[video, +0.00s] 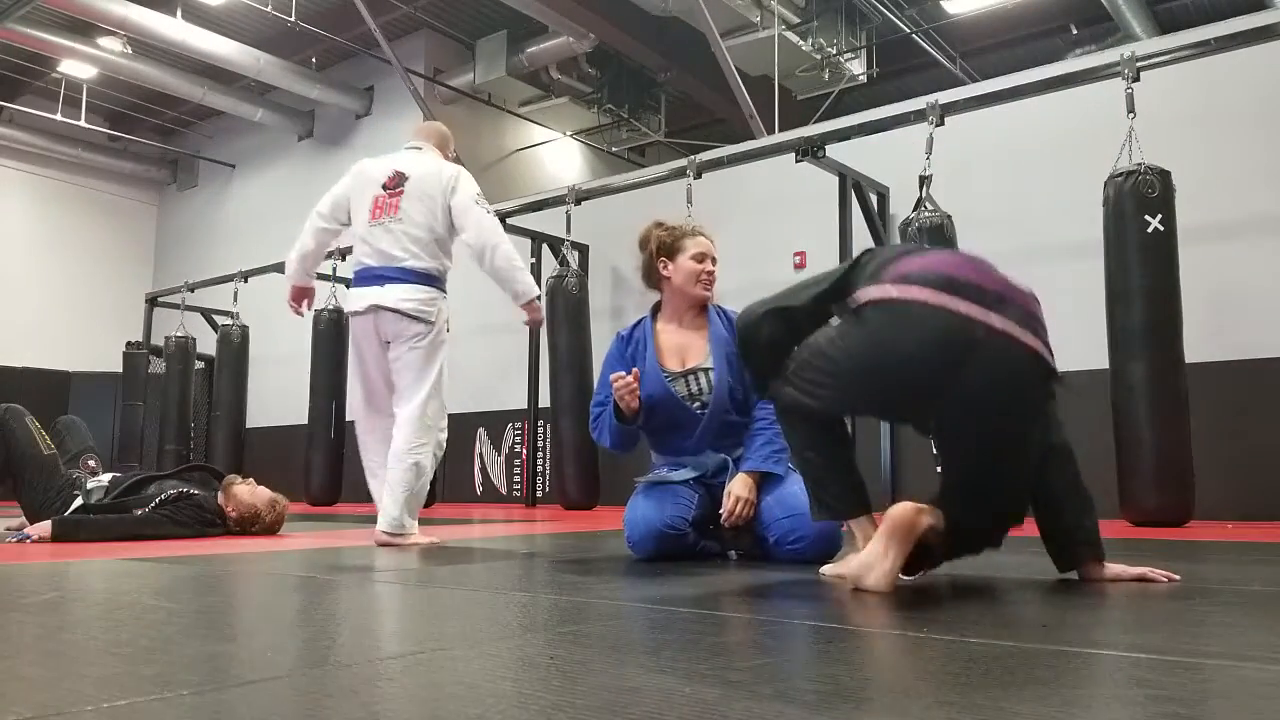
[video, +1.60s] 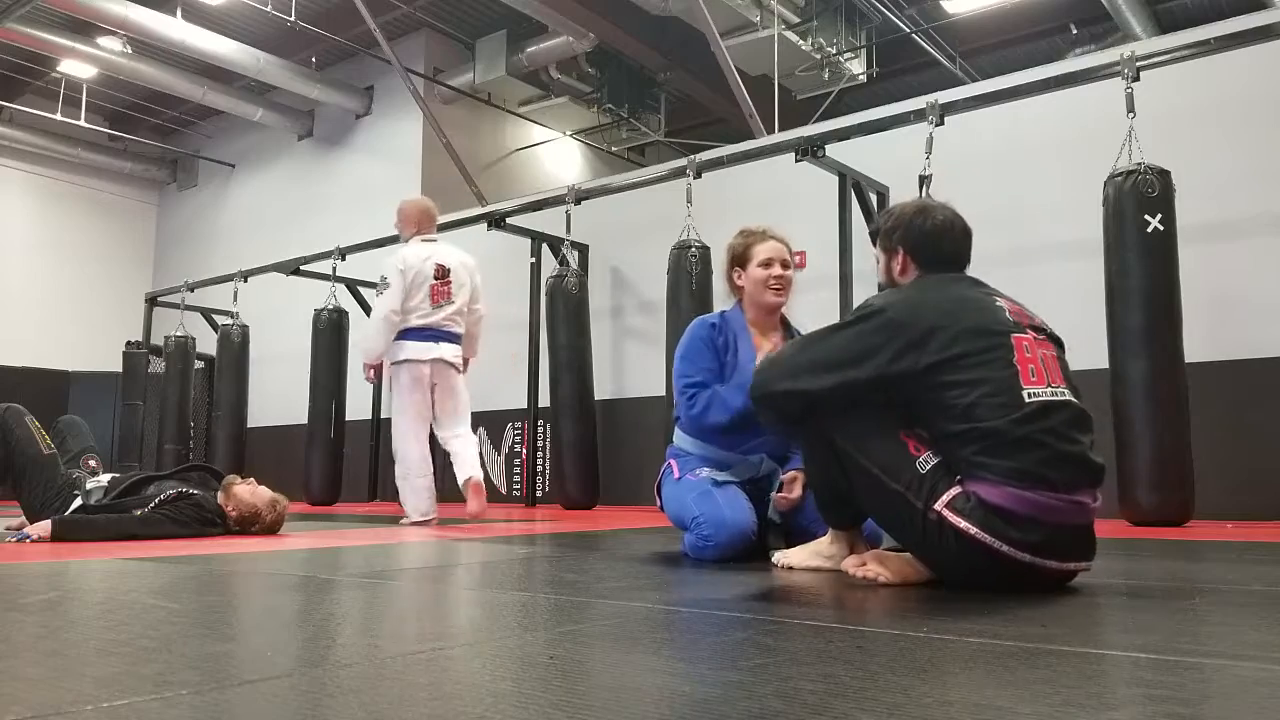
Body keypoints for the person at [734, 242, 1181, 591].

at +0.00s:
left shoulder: (877, 266)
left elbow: (761, 322)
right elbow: (1052, 453)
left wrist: (783, 394)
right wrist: (1088, 561)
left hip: (905, 335)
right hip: (1009, 366)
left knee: (798, 391)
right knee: (979, 521)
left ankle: (865, 543)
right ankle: (916, 526)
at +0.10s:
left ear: (914, 272)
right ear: (968, 279)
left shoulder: (881, 286)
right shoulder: (1016, 306)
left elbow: (761, 347)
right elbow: (1061, 438)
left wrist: (770, 411)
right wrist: (1095, 560)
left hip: (924, 407)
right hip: (1033, 438)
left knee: (791, 388)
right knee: (971, 573)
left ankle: (867, 544)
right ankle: (936, 545)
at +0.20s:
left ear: (895, 292)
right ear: (952, 284)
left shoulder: (889, 303)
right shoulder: (1019, 307)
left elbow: (759, 363)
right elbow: (1071, 421)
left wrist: (786, 448)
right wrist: (1095, 557)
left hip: (954, 488)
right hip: (1041, 519)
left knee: (814, 381)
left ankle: (876, 552)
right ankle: (937, 546)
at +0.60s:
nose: (891, 289)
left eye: (891, 278)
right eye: (888, 280)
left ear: (917, 266)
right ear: (973, 266)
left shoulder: (932, 294)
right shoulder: (1061, 317)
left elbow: (802, 345)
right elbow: (1102, 433)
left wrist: (819, 415)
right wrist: (1107, 556)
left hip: (999, 532)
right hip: (1075, 550)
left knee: (857, 381)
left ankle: (872, 547)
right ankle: (933, 550)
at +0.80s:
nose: (909, 281)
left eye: (910, 270)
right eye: (907, 271)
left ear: (934, 260)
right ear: (996, 261)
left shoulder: (943, 297)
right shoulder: (1075, 313)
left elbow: (798, 354)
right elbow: (1132, 442)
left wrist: (801, 411)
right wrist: (1105, 529)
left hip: (997, 550)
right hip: (1073, 557)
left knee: (852, 379)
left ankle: (843, 529)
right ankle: (931, 549)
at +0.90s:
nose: (921, 267)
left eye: (923, 254)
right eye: (921, 254)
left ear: (944, 249)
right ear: (1007, 251)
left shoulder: (939, 298)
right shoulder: (1069, 307)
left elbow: (785, 353)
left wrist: (823, 410)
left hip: (995, 550)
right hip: (1077, 556)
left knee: (839, 382)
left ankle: (830, 525)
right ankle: (931, 551)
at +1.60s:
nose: (878, 272)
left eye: (880, 259)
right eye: (878, 259)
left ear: (902, 261)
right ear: (958, 258)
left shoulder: (906, 308)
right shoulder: (1013, 310)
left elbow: (770, 383)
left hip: (989, 545)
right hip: (1069, 552)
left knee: (825, 397)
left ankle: (841, 540)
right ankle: (928, 554)